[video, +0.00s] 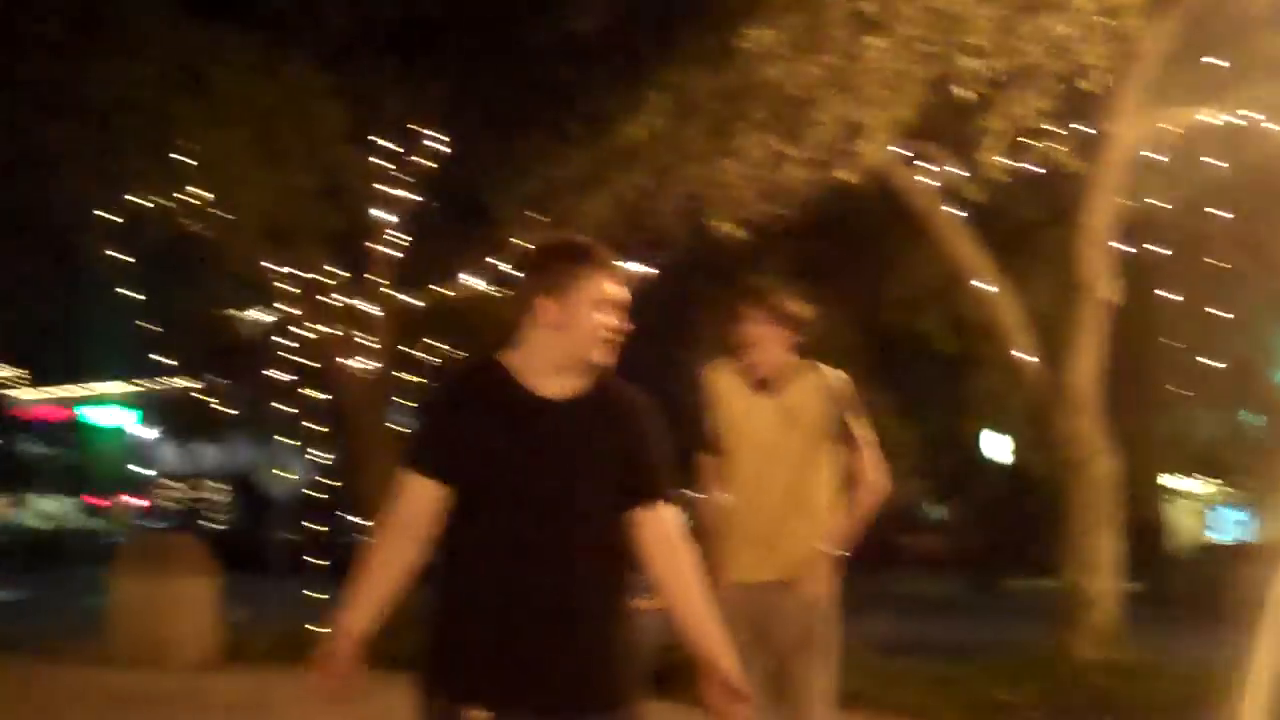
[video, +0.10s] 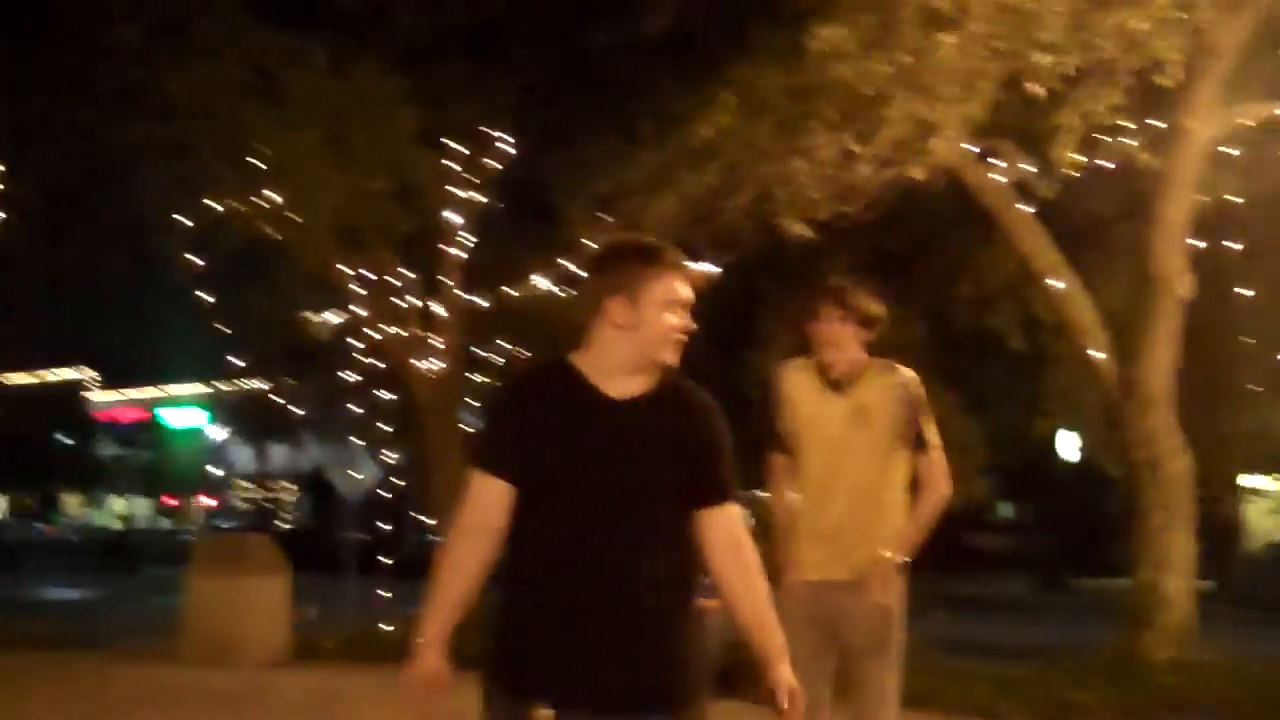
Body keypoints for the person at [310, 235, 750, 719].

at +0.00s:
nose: (621, 325)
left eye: (623, 311)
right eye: (605, 307)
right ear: (545, 309)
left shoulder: (622, 414)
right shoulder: (466, 398)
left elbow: (665, 543)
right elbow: (407, 528)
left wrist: (719, 664)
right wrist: (346, 638)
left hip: (588, 686)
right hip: (473, 685)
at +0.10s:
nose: (689, 325)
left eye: (688, 310)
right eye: (674, 308)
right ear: (618, 312)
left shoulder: (689, 414)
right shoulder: (532, 399)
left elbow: (728, 544)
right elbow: (479, 526)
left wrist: (776, 660)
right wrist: (431, 640)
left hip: (653, 680)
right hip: (537, 678)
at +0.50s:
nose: (683, 321)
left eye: (682, 306)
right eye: (670, 304)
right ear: (617, 308)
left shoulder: (683, 410)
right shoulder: (525, 394)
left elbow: (716, 538)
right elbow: (477, 525)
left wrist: (757, 655)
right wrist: (439, 647)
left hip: (644, 687)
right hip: (527, 685)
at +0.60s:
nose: (684, 319)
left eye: (683, 305)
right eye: (671, 303)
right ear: (618, 306)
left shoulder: (683, 409)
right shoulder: (524, 394)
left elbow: (716, 539)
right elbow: (476, 524)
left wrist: (757, 657)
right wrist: (438, 646)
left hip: (645, 684)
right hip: (527, 684)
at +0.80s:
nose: (686, 323)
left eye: (685, 308)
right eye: (673, 305)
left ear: (626, 310)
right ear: (621, 308)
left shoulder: (685, 413)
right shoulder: (525, 395)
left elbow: (715, 540)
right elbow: (478, 525)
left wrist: (757, 657)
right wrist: (441, 646)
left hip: (645, 685)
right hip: (528, 684)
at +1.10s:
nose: (761, 320)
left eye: (763, 306)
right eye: (747, 304)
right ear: (693, 299)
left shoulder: (761, 414)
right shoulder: (605, 390)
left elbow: (796, 536)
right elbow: (557, 511)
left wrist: (836, 647)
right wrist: (518, 630)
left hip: (719, 661)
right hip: (601, 656)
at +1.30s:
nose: (825, 292)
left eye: (828, 277)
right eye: (811, 275)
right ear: (752, 272)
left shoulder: (822, 366)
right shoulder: (668, 351)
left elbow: (856, 495)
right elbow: (612, 477)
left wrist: (889, 618)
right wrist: (567, 592)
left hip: (773, 640)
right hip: (658, 636)